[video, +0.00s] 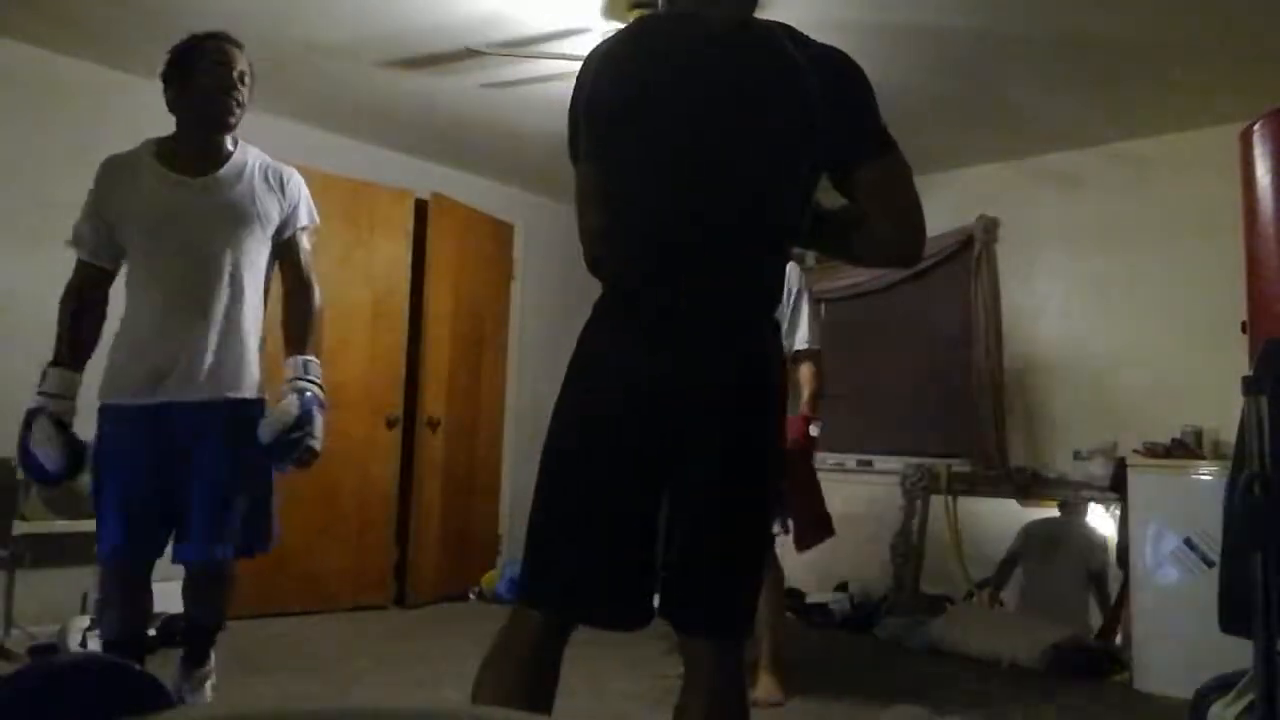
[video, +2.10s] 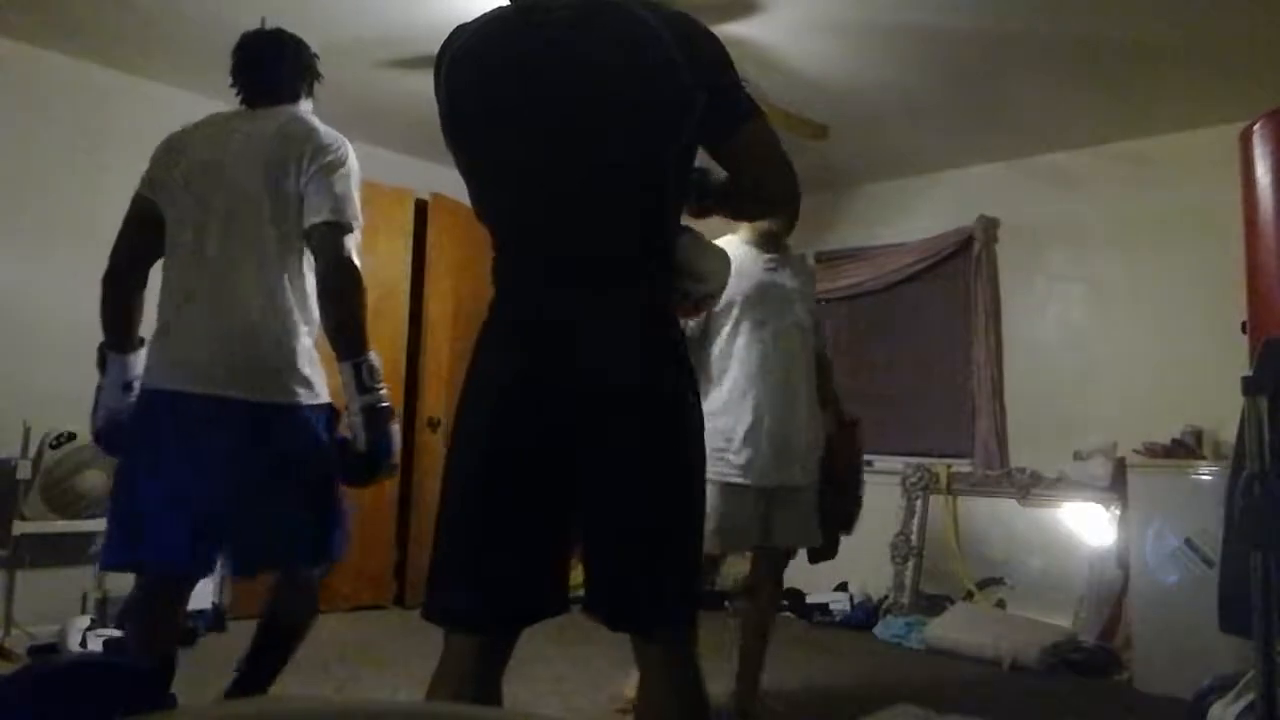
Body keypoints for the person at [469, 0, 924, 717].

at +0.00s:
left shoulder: (608, 64)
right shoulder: (818, 72)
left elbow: (602, 251)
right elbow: (899, 238)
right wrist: (790, 214)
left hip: (617, 355)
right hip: (736, 361)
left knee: (542, 609)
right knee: (715, 643)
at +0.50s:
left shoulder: (548, 41)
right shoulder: (757, 61)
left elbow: (566, 219)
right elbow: (842, 222)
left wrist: (722, 258)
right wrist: (750, 168)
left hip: (568, 359)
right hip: (692, 365)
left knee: (513, 627)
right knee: (691, 642)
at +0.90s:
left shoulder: (448, 34)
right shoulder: (655, 24)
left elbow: (494, 195)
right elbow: (759, 184)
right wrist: (654, 195)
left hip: (490, 349)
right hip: (618, 355)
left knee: (454, 646)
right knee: (653, 651)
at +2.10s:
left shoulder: (465, 49)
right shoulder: (676, 38)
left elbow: (497, 208)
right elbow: (774, 195)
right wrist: (688, 190)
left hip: (517, 360)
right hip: (640, 364)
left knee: (474, 639)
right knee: (664, 644)